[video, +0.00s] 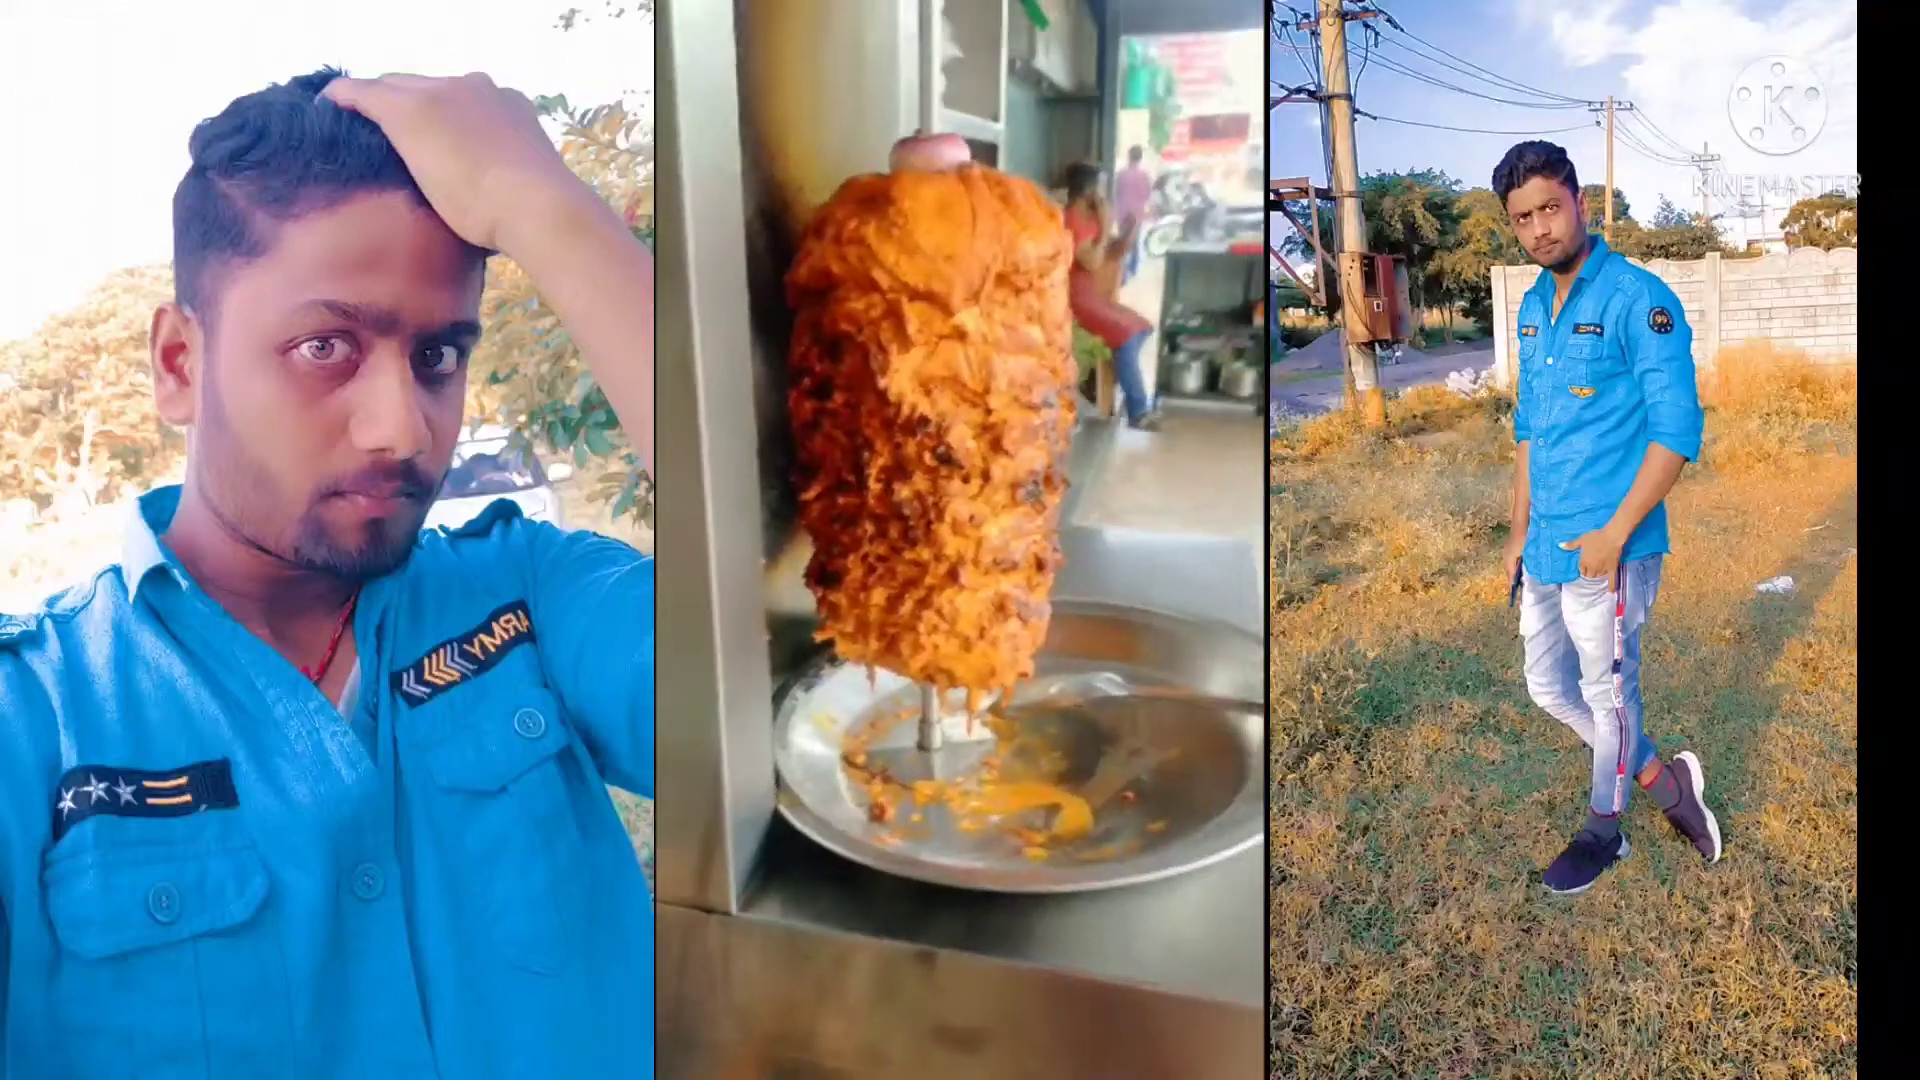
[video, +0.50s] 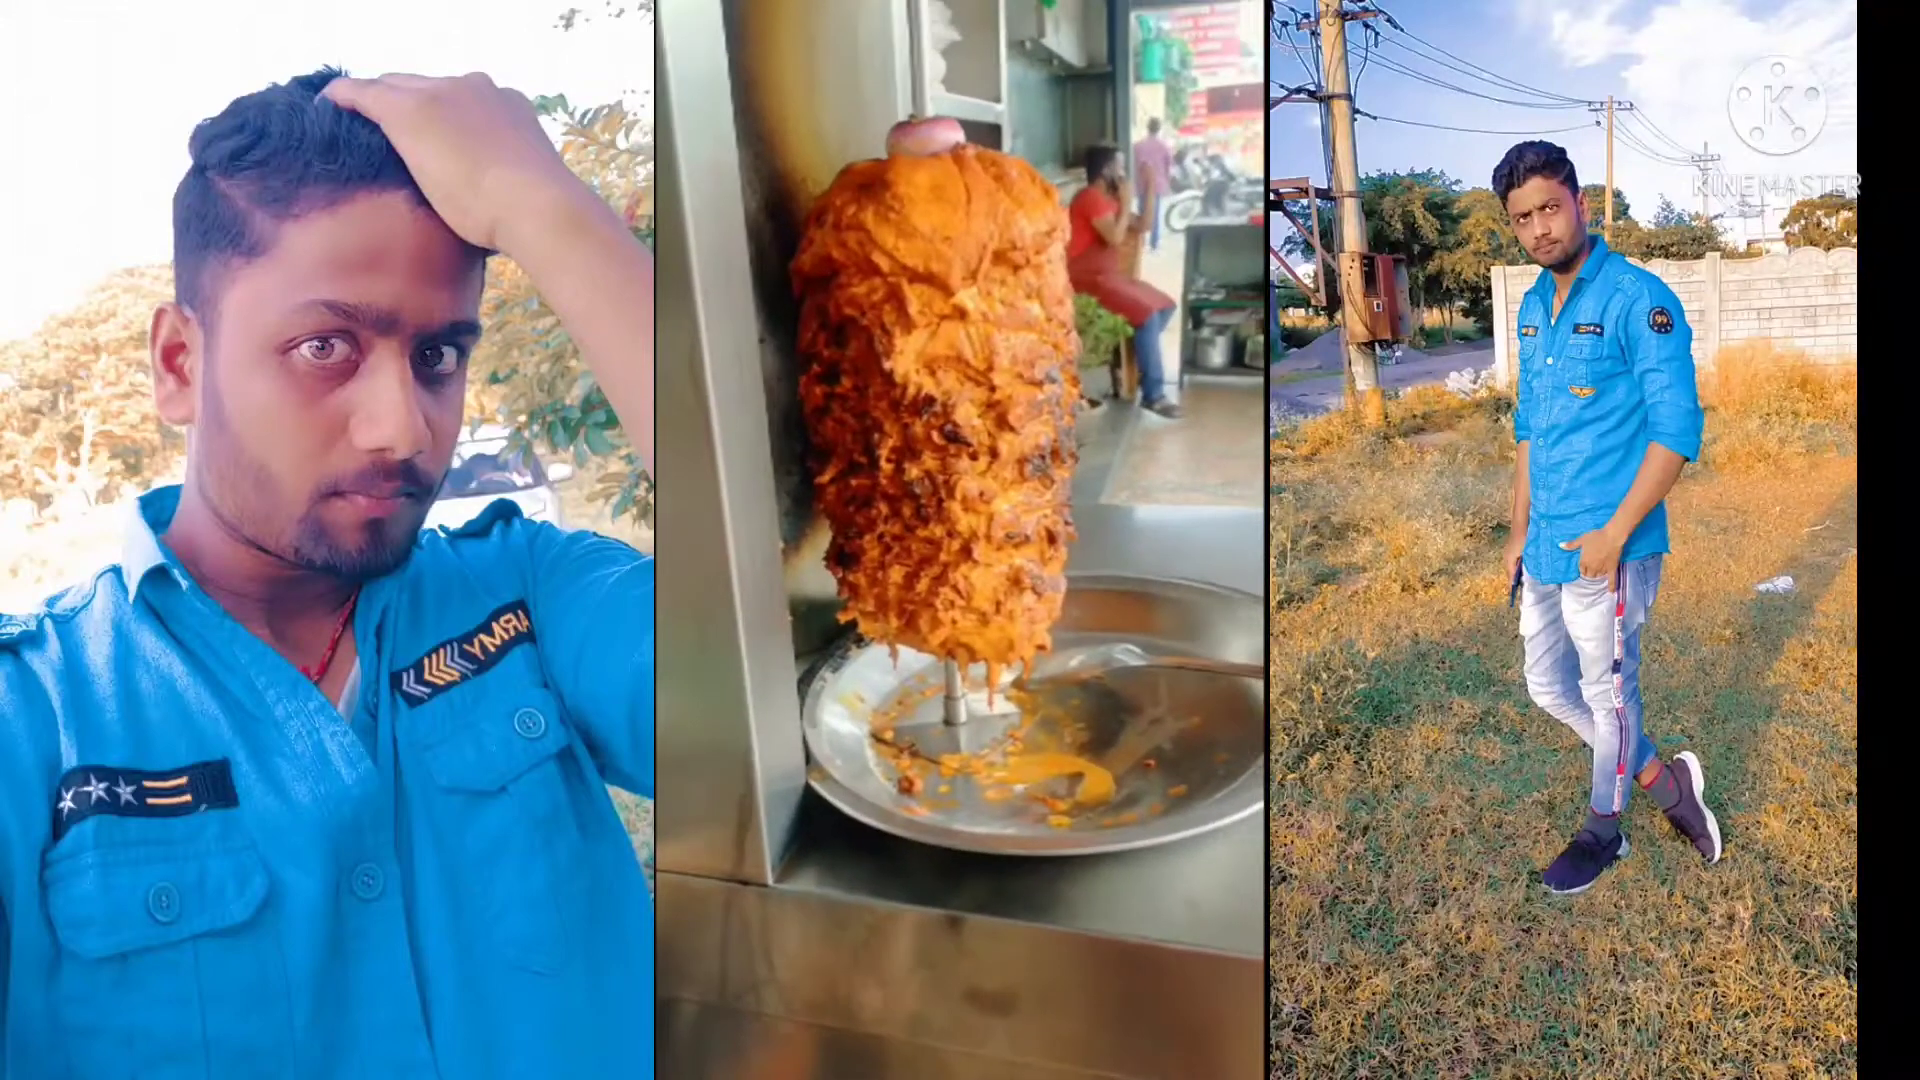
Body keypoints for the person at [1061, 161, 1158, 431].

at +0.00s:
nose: (1099, 192)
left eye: (1098, 187)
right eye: (1095, 187)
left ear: (1081, 188)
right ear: (1084, 189)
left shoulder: (1088, 214)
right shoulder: (1073, 216)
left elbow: (1108, 254)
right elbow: (1091, 261)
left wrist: (1127, 234)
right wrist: (1103, 226)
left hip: (1093, 296)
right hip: (1078, 298)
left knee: (1141, 328)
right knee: (1125, 337)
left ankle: (1138, 401)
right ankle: (1138, 410)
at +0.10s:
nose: (1104, 200)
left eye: (1104, 194)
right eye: (1100, 194)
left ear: (1085, 197)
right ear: (1089, 197)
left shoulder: (1093, 224)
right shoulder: (1075, 225)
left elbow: (1112, 260)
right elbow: (1094, 269)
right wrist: (1107, 233)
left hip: (1097, 302)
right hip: (1080, 304)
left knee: (1143, 338)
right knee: (1126, 345)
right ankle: (1128, 422)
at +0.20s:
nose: (1128, 179)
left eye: (1128, 173)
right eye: (1125, 173)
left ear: (1105, 175)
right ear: (1115, 175)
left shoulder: (1115, 203)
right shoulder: (1098, 204)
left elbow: (1141, 238)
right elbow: (1119, 247)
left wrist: (1158, 210)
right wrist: (1131, 211)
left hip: (1120, 283)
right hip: (1104, 285)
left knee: (1168, 318)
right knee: (1149, 325)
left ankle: (1119, 369)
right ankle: (1151, 404)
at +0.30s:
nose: (1127, 158)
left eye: (1127, 152)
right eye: (1124, 153)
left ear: (1104, 155)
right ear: (1113, 156)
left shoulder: (1115, 183)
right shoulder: (1097, 184)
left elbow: (1146, 215)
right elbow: (1118, 226)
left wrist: (1159, 180)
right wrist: (1130, 189)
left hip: (1118, 262)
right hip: (1101, 264)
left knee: (1168, 296)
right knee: (1149, 305)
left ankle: (1129, 348)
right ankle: (1154, 384)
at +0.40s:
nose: (1138, 167)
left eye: (1137, 160)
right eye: (1133, 161)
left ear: (1117, 166)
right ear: (1120, 165)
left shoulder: (1123, 192)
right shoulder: (1105, 193)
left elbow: (1156, 222)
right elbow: (1130, 232)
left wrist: (1166, 186)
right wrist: (1140, 194)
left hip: (1126, 270)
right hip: (1107, 273)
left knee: (1181, 302)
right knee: (1162, 311)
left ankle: (1138, 356)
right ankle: (1171, 391)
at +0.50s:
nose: (1122, 171)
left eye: (1121, 165)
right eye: (1117, 165)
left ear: (1102, 170)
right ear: (1104, 169)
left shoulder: (1108, 197)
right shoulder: (1089, 198)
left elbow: (1141, 226)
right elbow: (1114, 236)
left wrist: (1150, 191)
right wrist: (1124, 199)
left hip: (1110, 273)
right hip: (1090, 276)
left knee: (1166, 306)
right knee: (1146, 315)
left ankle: (1123, 362)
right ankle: (1154, 395)